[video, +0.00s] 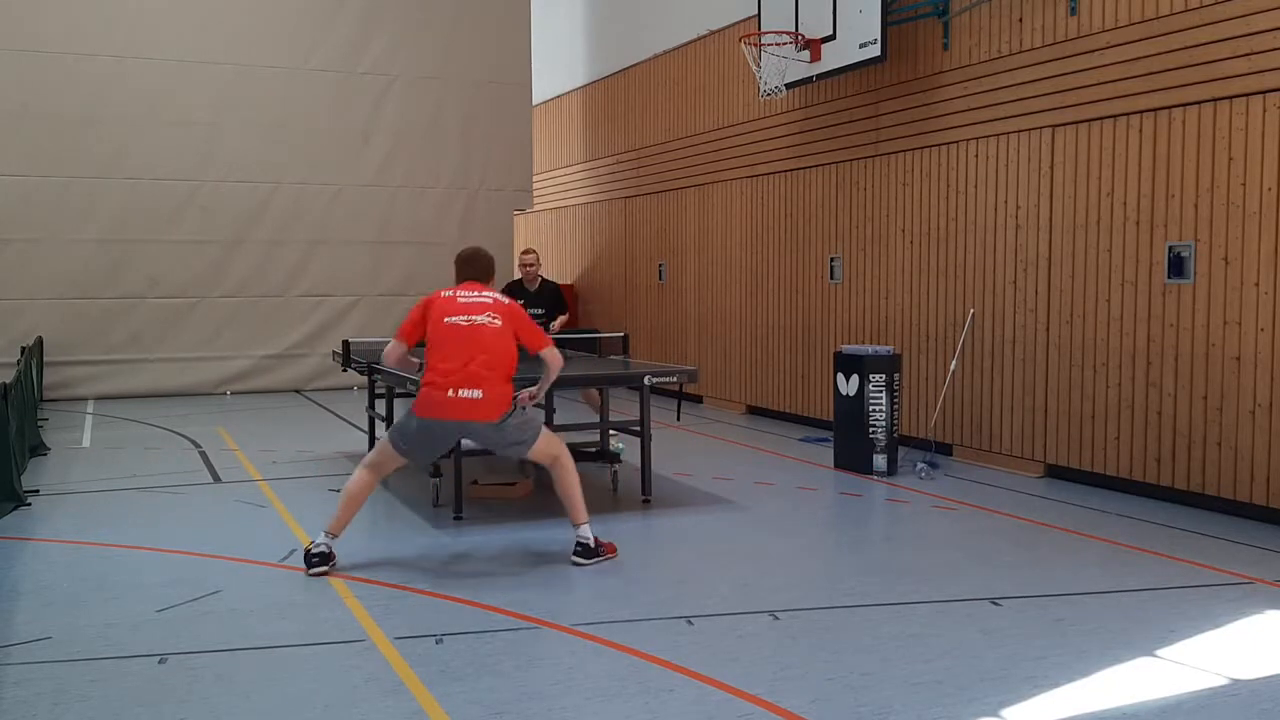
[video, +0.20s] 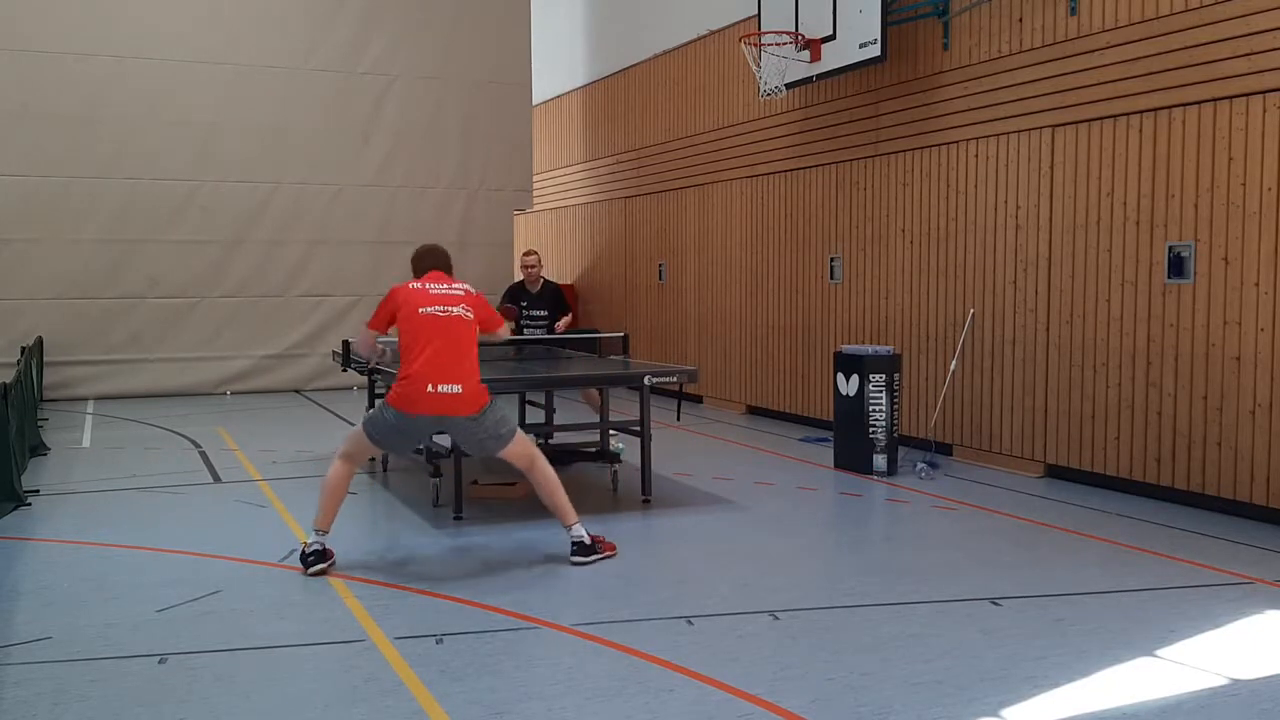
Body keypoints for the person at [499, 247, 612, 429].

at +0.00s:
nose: (527, 269)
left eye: (531, 265)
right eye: (523, 266)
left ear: (539, 266)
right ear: (519, 267)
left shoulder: (551, 288)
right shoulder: (510, 289)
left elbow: (565, 314)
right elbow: (499, 313)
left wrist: (559, 322)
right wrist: (515, 325)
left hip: (548, 344)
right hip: (520, 345)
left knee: (581, 375)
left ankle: (607, 423)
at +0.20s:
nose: (529, 271)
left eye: (533, 267)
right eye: (525, 267)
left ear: (541, 267)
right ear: (520, 269)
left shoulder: (553, 289)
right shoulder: (513, 290)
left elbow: (568, 314)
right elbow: (500, 317)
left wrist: (564, 322)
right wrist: (505, 325)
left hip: (554, 352)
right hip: (523, 352)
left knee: (584, 379)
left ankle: (608, 428)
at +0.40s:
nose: (535, 287)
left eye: (538, 283)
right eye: (531, 283)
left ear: (546, 283)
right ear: (526, 284)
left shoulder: (557, 297)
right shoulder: (521, 301)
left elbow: (574, 318)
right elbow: (502, 326)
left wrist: (570, 335)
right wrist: (500, 343)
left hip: (558, 353)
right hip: (529, 354)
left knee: (588, 379)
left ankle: (606, 421)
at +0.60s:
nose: (545, 287)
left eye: (549, 282)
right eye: (541, 283)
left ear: (556, 281)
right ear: (535, 282)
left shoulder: (565, 296)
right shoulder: (527, 298)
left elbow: (573, 319)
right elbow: (514, 318)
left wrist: (575, 334)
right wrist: (527, 325)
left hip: (562, 349)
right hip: (532, 349)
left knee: (590, 377)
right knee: (502, 373)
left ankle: (606, 424)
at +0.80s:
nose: (546, 269)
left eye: (550, 265)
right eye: (543, 266)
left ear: (557, 266)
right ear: (536, 267)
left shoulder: (566, 290)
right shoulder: (527, 287)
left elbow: (570, 315)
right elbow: (507, 303)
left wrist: (572, 325)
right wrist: (511, 309)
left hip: (560, 350)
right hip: (531, 350)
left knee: (588, 378)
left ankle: (607, 427)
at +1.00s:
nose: (539, 272)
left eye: (543, 268)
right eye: (535, 268)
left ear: (549, 269)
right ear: (529, 271)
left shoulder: (562, 291)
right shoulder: (520, 291)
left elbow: (570, 314)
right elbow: (502, 314)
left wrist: (568, 323)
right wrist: (519, 326)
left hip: (558, 351)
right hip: (527, 350)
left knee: (588, 380)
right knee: (495, 375)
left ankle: (608, 429)